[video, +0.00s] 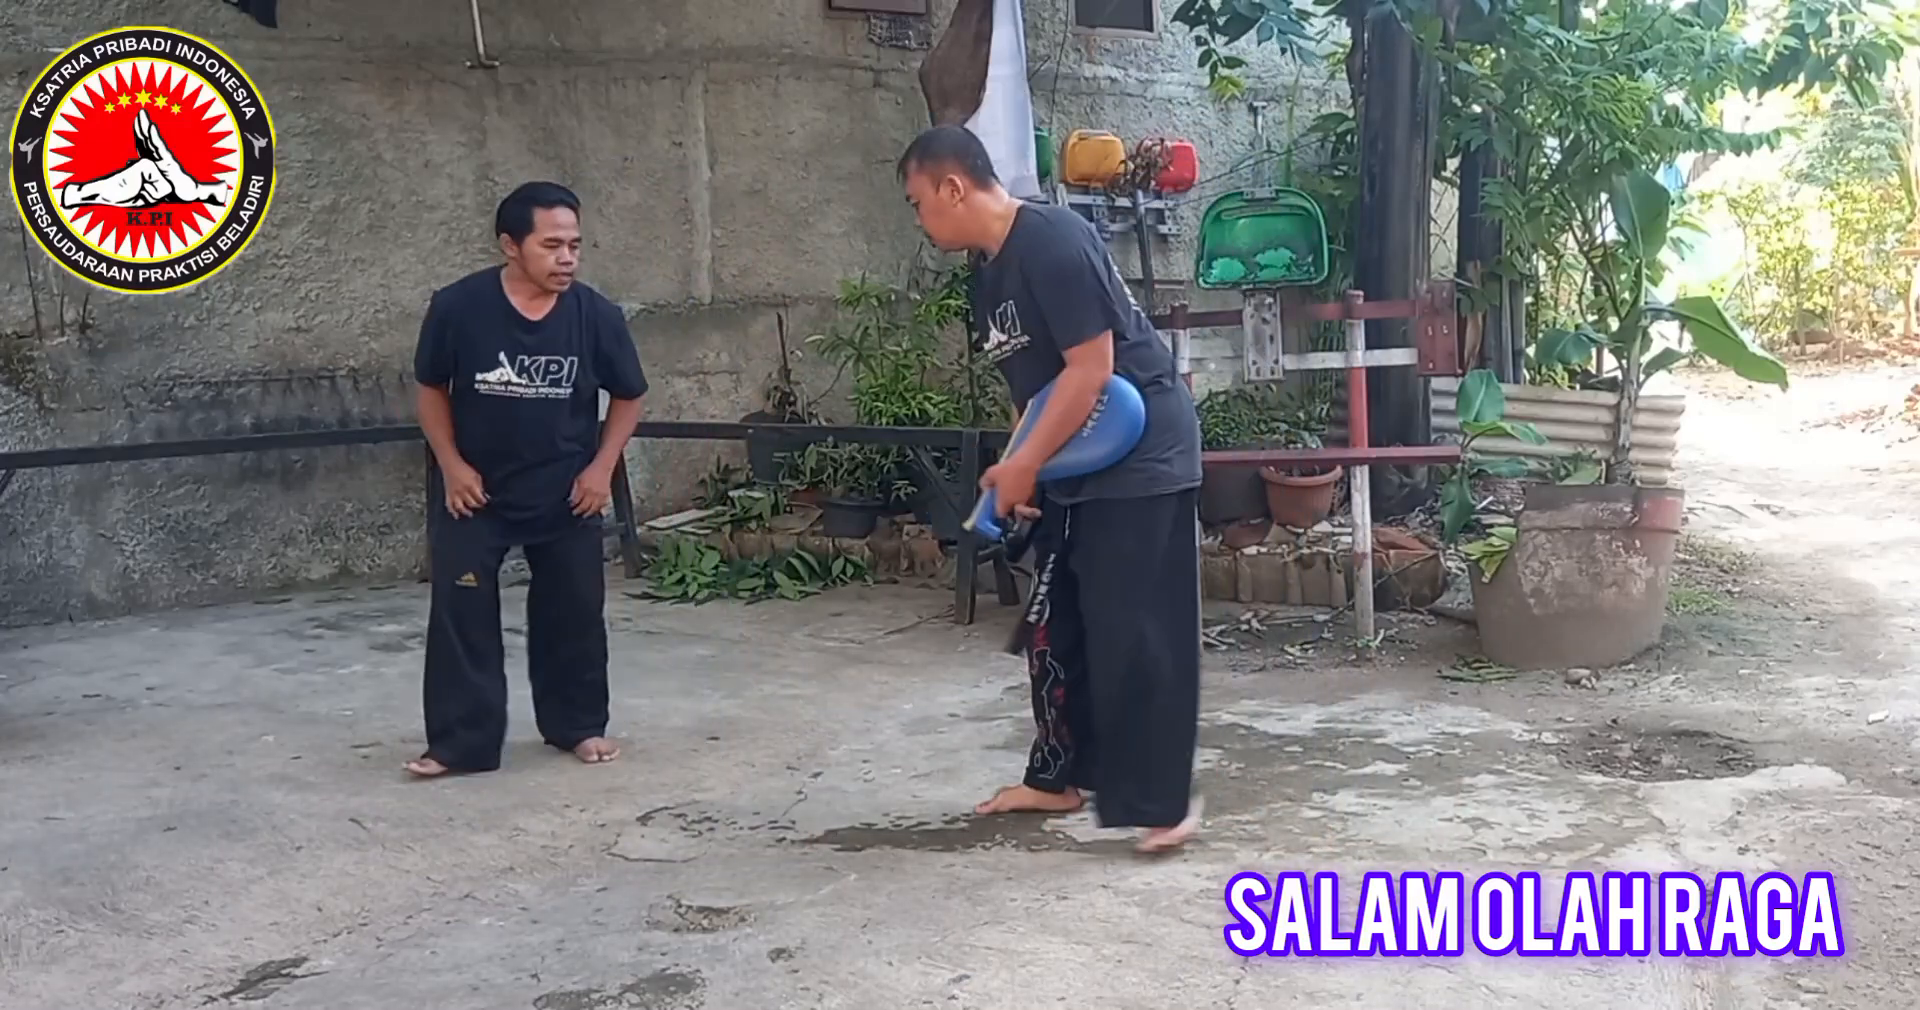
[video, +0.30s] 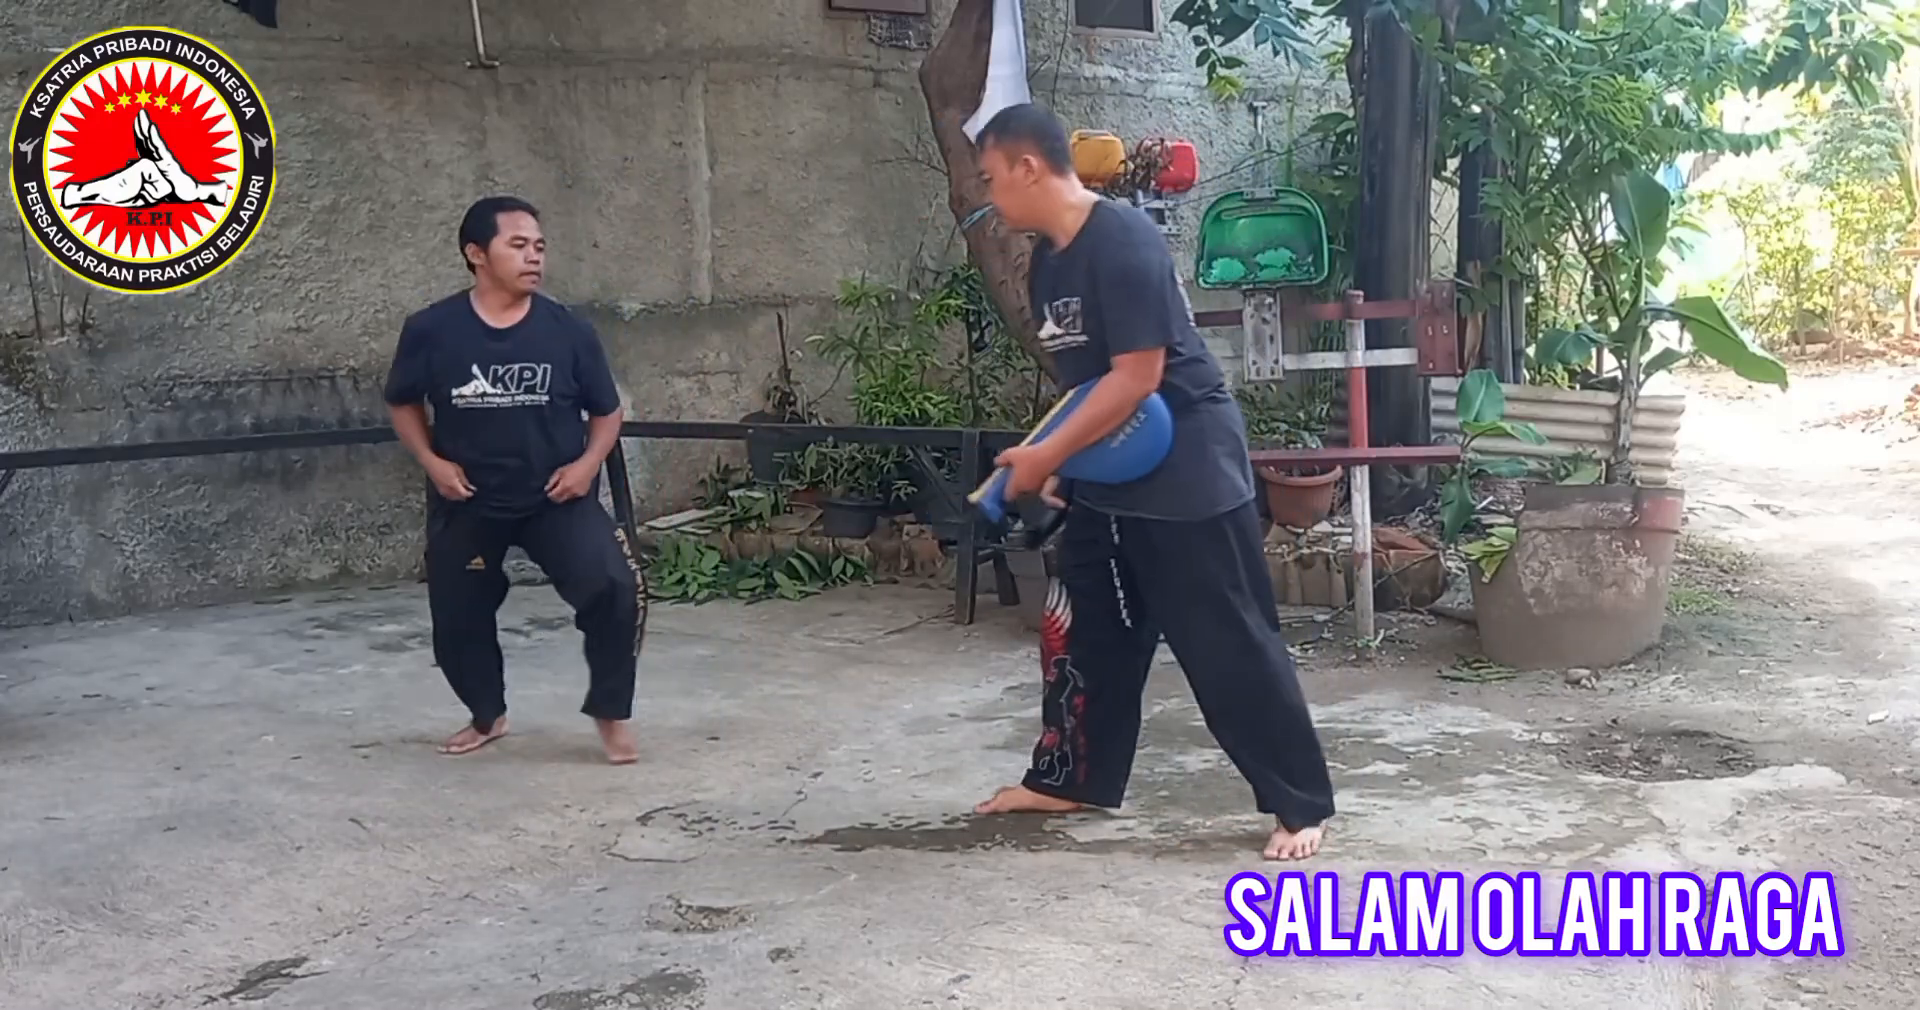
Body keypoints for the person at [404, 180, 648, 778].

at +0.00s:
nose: (569, 258)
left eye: (574, 245)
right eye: (554, 246)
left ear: (579, 244)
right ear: (511, 246)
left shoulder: (597, 316)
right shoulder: (456, 308)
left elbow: (629, 396)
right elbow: (433, 389)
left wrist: (602, 468)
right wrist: (451, 463)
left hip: (566, 492)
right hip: (473, 492)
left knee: (577, 608)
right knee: (459, 611)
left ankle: (576, 725)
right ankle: (462, 744)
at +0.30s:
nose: (534, 256)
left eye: (538, 245)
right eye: (519, 245)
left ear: (544, 253)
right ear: (476, 254)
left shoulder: (569, 331)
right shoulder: (430, 330)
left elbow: (608, 412)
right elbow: (401, 401)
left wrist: (588, 464)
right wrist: (430, 461)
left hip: (558, 501)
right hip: (468, 506)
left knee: (612, 588)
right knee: (457, 620)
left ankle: (611, 712)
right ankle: (488, 716)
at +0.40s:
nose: (546, 245)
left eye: (550, 235)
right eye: (530, 235)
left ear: (556, 245)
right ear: (490, 247)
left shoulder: (584, 322)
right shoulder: (446, 324)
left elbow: (628, 404)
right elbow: (430, 401)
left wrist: (607, 457)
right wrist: (450, 451)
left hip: (574, 494)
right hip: (484, 499)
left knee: (626, 588)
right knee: (465, 608)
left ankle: (673, 725)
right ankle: (480, 713)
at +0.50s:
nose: (572, 248)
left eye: (577, 238)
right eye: (556, 237)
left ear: (584, 249)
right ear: (517, 249)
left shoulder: (612, 325)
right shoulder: (474, 323)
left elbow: (669, 403)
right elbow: (451, 402)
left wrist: (656, 445)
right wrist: (486, 431)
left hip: (598, 498)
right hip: (511, 500)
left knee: (647, 601)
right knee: (476, 606)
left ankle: (707, 743)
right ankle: (477, 708)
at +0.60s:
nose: (616, 276)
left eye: (621, 266)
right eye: (601, 264)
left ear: (627, 275)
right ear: (559, 274)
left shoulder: (648, 354)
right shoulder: (517, 349)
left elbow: (711, 415)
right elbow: (491, 440)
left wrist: (730, 440)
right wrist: (565, 401)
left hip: (639, 523)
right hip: (543, 525)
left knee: (690, 616)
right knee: (485, 630)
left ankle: (719, 753)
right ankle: (472, 724)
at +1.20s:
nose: (623, 253)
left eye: (628, 242)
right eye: (608, 241)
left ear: (633, 250)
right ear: (565, 247)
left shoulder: (653, 327)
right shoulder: (524, 312)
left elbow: (707, 388)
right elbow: (529, 386)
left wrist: (754, 428)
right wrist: (597, 324)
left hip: (645, 505)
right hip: (550, 507)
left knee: (698, 614)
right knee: (504, 623)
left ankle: (729, 758)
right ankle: (480, 741)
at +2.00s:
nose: (630, 257)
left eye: (632, 249)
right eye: (612, 250)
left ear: (640, 261)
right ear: (574, 271)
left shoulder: (675, 341)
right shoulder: (559, 340)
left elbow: (746, 394)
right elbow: (605, 383)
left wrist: (735, 343)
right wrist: (627, 301)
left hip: (677, 523)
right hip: (583, 528)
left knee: (732, 616)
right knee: (530, 639)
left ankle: (731, 759)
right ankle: (484, 742)